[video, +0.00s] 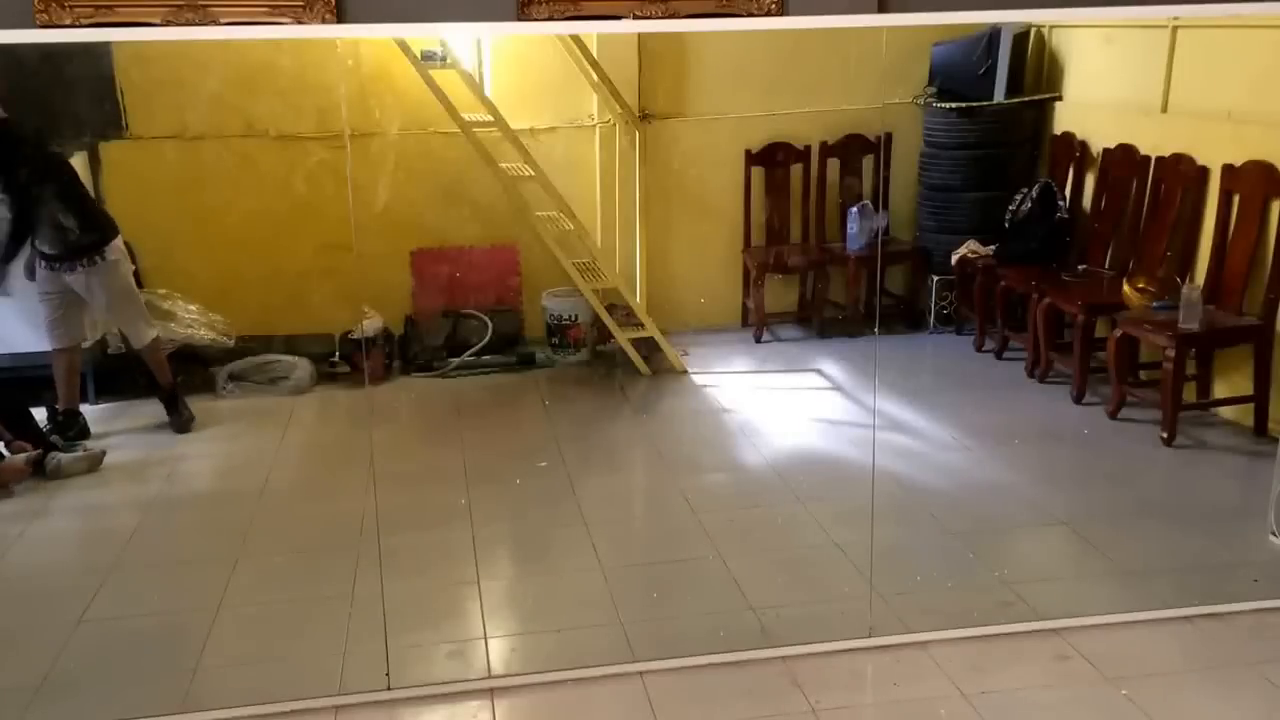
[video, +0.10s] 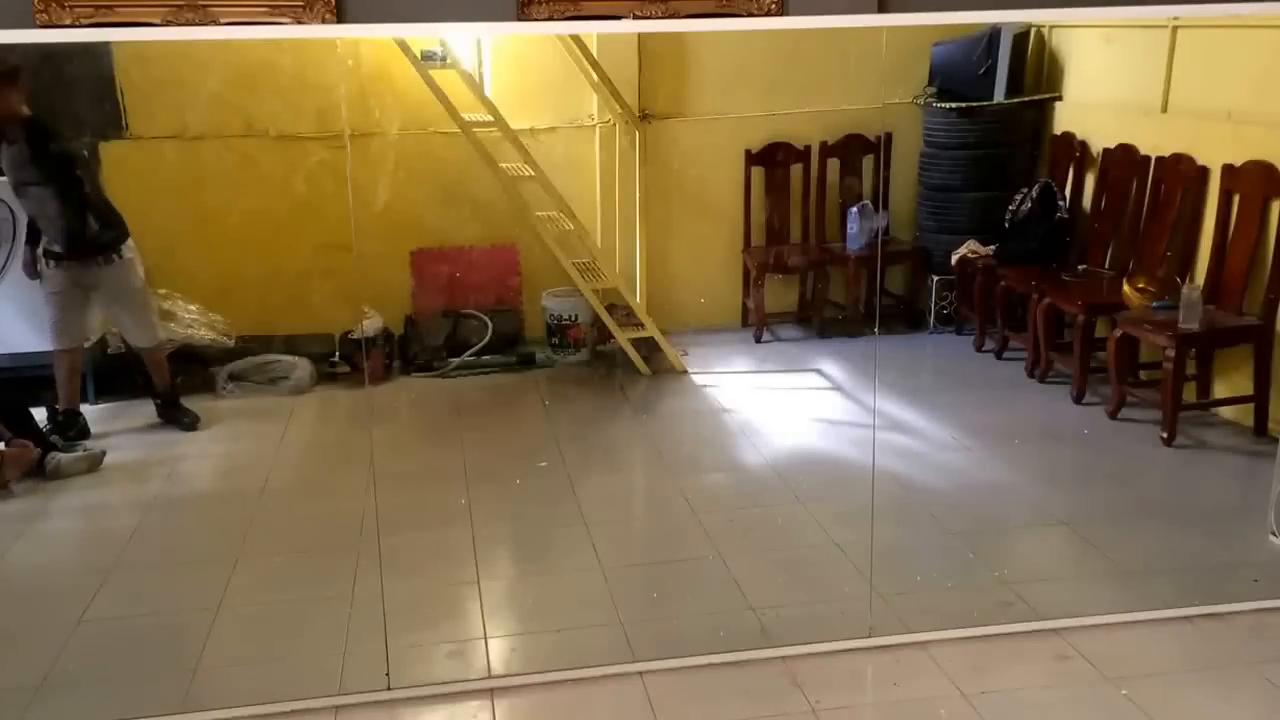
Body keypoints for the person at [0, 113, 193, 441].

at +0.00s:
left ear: (13, 143)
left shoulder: (41, 165)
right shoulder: (16, 170)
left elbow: (23, 220)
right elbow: (30, 216)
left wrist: (5, 261)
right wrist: (32, 253)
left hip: (96, 252)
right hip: (51, 258)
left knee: (138, 330)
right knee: (62, 341)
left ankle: (173, 401)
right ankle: (70, 420)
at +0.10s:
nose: (6, 105)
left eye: (9, 97)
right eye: (3, 99)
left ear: (22, 97)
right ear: (3, 103)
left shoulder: (60, 133)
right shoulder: (11, 148)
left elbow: (68, 173)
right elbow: (33, 203)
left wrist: (30, 124)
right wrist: (28, 249)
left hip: (110, 248)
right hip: (59, 254)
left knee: (145, 332)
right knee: (65, 342)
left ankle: (169, 402)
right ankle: (69, 419)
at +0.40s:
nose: (136, 95)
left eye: (134, 87)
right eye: (127, 88)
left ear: (127, 92)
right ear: (100, 95)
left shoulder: (153, 134)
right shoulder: (68, 142)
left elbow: (181, 186)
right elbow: (58, 196)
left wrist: (167, 236)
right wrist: (79, 240)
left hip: (153, 251)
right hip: (96, 255)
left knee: (172, 328)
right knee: (77, 334)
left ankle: (167, 404)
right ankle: (74, 413)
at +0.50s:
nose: (161, 90)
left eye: (160, 83)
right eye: (154, 84)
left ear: (140, 91)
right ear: (128, 91)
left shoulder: (168, 130)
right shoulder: (92, 138)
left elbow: (187, 179)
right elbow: (76, 198)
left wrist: (184, 225)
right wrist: (108, 239)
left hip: (168, 249)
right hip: (115, 253)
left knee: (179, 328)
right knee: (95, 334)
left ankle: (166, 404)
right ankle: (86, 399)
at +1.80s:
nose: (460, 162)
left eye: (464, 155)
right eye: (459, 153)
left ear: (437, 139)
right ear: (439, 141)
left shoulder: (408, 152)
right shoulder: (398, 163)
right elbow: (422, 223)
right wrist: (471, 250)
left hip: (379, 242)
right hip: (351, 245)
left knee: (408, 316)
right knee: (361, 325)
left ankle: (442, 379)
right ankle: (338, 387)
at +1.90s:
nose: (482, 157)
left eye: (485, 150)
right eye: (478, 149)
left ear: (458, 140)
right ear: (459, 140)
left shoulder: (432, 154)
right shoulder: (421, 162)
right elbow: (438, 225)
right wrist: (482, 250)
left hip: (407, 245)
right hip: (379, 249)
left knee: (433, 317)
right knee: (384, 328)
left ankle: (451, 386)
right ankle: (347, 380)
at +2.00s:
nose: (503, 151)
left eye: (506, 144)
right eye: (502, 142)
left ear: (480, 134)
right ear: (482, 135)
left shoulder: (458, 157)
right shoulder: (442, 160)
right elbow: (445, 226)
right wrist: (483, 255)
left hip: (434, 249)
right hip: (404, 253)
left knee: (457, 318)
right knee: (422, 329)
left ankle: (455, 387)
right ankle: (365, 362)